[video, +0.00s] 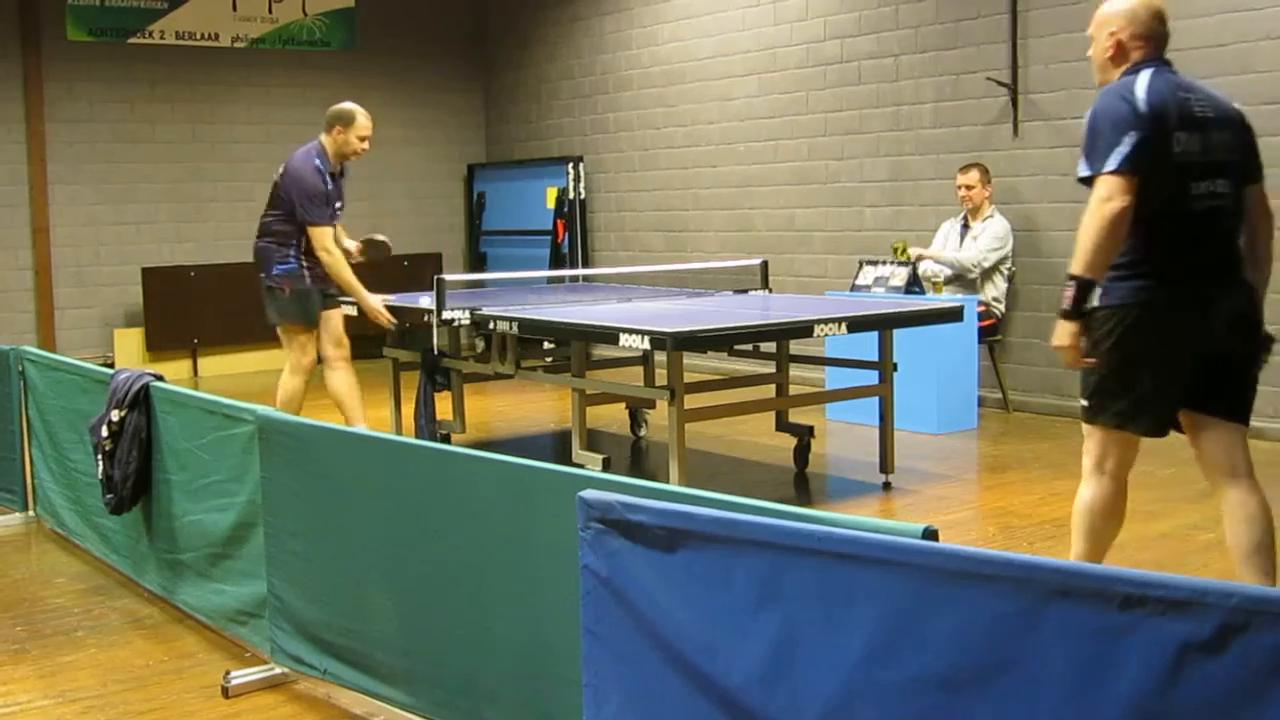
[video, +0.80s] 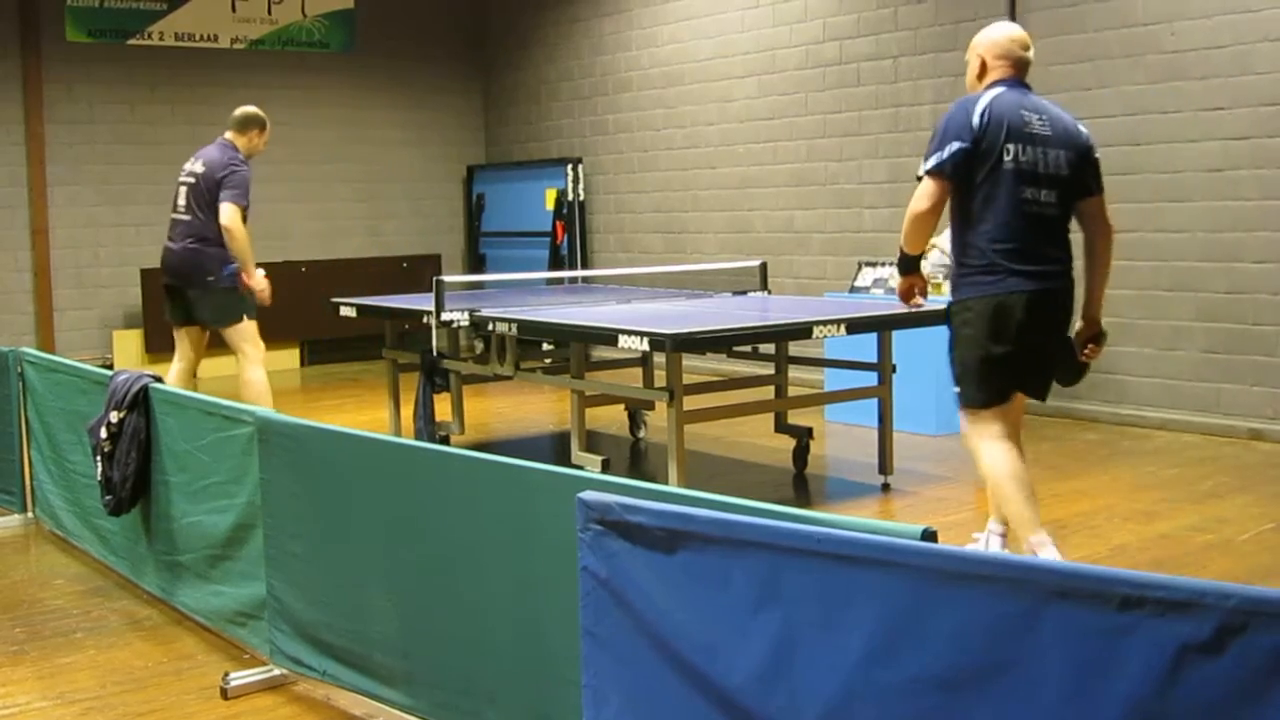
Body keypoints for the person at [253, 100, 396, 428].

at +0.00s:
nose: (366, 147)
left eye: (368, 140)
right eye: (361, 139)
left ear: (341, 135)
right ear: (336, 132)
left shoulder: (334, 165)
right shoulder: (307, 170)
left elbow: (327, 216)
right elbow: (323, 250)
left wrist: (345, 241)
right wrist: (365, 299)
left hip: (317, 259)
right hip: (284, 262)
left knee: (337, 351)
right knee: (301, 359)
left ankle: (360, 438)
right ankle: (278, 444)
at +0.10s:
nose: (361, 149)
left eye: (363, 141)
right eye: (356, 141)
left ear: (332, 136)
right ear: (332, 136)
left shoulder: (307, 155)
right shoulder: (310, 174)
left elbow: (297, 215)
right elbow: (333, 253)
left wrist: (332, 236)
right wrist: (376, 300)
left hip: (289, 258)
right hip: (273, 259)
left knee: (320, 349)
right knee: (295, 355)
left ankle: (337, 435)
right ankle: (278, 442)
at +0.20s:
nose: (355, 148)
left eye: (357, 140)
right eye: (352, 140)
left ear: (328, 135)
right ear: (331, 135)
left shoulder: (292, 151)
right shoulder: (310, 173)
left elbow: (276, 211)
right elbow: (329, 249)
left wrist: (302, 249)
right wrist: (376, 292)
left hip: (258, 252)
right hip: (268, 260)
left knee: (301, 344)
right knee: (290, 354)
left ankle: (305, 429)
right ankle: (276, 441)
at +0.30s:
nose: (343, 143)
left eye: (344, 136)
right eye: (341, 136)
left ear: (316, 130)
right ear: (321, 131)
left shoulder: (277, 149)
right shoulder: (303, 168)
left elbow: (267, 211)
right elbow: (316, 245)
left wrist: (293, 254)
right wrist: (358, 279)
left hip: (239, 257)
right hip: (265, 262)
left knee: (264, 349)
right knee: (287, 354)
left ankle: (250, 432)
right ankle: (277, 440)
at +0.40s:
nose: (326, 140)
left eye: (328, 133)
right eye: (325, 132)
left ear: (296, 125)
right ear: (308, 127)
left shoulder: (259, 150)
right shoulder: (292, 166)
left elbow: (253, 218)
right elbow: (300, 239)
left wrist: (283, 255)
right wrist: (333, 261)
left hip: (226, 254)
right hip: (258, 260)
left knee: (239, 345)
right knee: (285, 354)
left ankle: (210, 426)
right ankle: (278, 441)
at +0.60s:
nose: (289, 143)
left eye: (291, 137)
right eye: (290, 136)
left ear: (259, 127)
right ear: (276, 131)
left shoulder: (228, 155)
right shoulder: (259, 165)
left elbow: (226, 226)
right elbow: (263, 229)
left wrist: (263, 265)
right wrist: (295, 255)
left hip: (204, 261)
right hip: (234, 264)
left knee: (204, 353)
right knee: (272, 353)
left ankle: (172, 427)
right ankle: (274, 443)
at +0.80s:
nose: (263, 147)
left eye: (265, 140)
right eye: (264, 140)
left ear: (231, 129)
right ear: (255, 135)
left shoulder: (201, 157)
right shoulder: (235, 166)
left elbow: (195, 218)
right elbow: (229, 222)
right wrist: (252, 273)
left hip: (175, 262)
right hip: (210, 264)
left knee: (186, 353)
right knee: (251, 352)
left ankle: (167, 433)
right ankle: (267, 441)